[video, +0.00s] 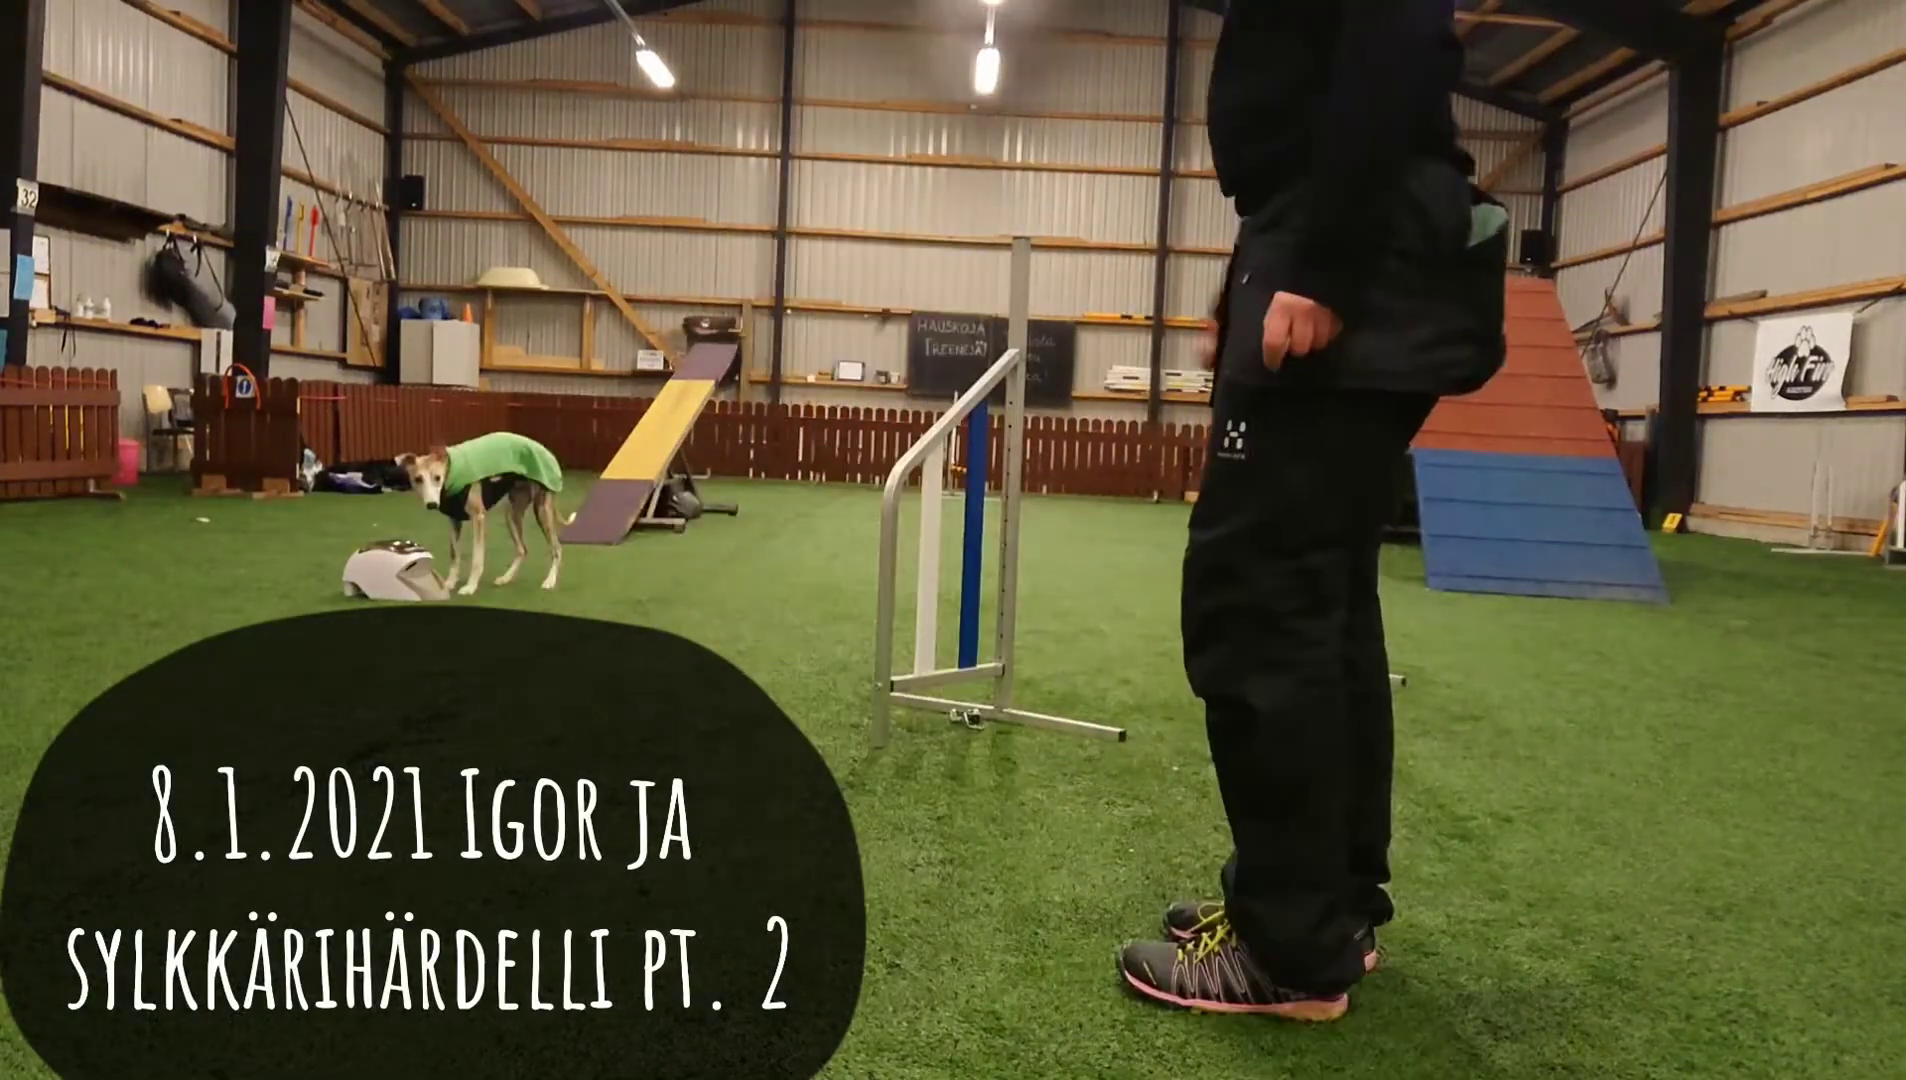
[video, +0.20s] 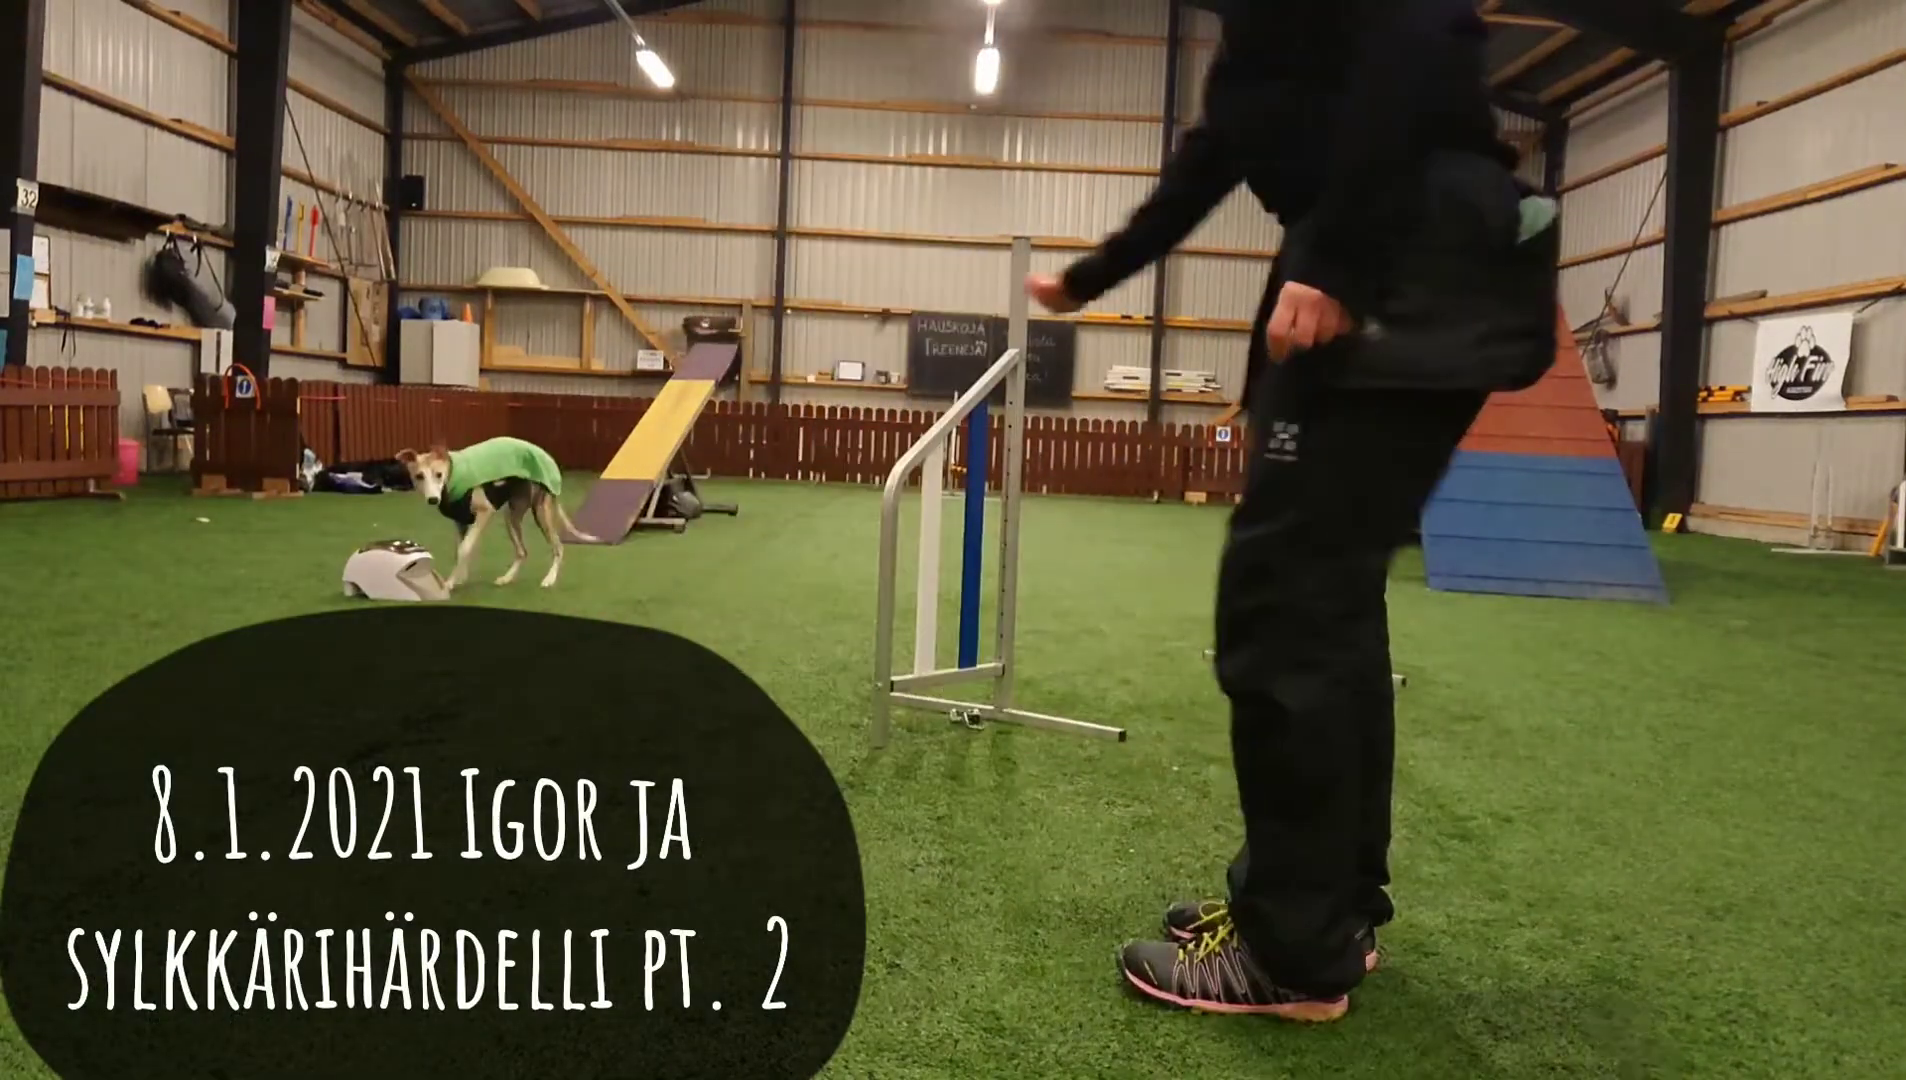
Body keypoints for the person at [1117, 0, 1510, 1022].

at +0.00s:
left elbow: (1393, 51)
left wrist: (1321, 269)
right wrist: (1282, 267)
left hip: (1333, 284)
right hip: (1348, 281)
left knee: (1251, 606)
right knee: (1322, 606)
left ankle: (1290, 951)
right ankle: (1335, 908)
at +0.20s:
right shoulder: (1269, 31)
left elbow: (1411, 57)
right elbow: (1221, 142)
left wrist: (1333, 259)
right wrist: (1097, 271)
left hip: (1405, 288)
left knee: (1279, 602)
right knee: (1321, 603)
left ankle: (1295, 955)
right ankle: (1334, 910)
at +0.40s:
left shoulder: (1403, 10)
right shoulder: (1251, 37)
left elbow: (1444, 80)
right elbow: (1188, 164)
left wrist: (1393, 265)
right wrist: (1053, 266)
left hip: (1434, 298)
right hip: (1382, 301)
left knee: (1323, 624)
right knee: (1338, 621)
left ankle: (1300, 956)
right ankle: (1334, 910)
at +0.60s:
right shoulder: (1258, 39)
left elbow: (1448, 59)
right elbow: (1197, 167)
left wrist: (1394, 260)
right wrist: (1049, 269)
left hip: (1443, 289)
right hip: (1395, 295)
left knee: (1333, 623)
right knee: (1337, 617)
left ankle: (1301, 955)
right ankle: (1330, 908)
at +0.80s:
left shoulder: (1420, 9)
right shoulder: (1294, 45)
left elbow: (1464, 83)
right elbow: (1227, 174)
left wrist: (1390, 260)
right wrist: (1087, 272)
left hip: (1505, 270)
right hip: (1442, 274)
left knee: (1350, 581)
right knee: (1328, 575)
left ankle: (1384, 945)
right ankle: (1322, 897)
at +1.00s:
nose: (1287, 15)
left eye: (1284, 10)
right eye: (1280, 17)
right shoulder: (1388, 34)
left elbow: (1500, 95)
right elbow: (1344, 182)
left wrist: (1401, 274)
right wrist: (1201, 308)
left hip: (1576, 275)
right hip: (1498, 290)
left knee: (1464, 615)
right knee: (1391, 604)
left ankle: (1702, 965)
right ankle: (1328, 900)